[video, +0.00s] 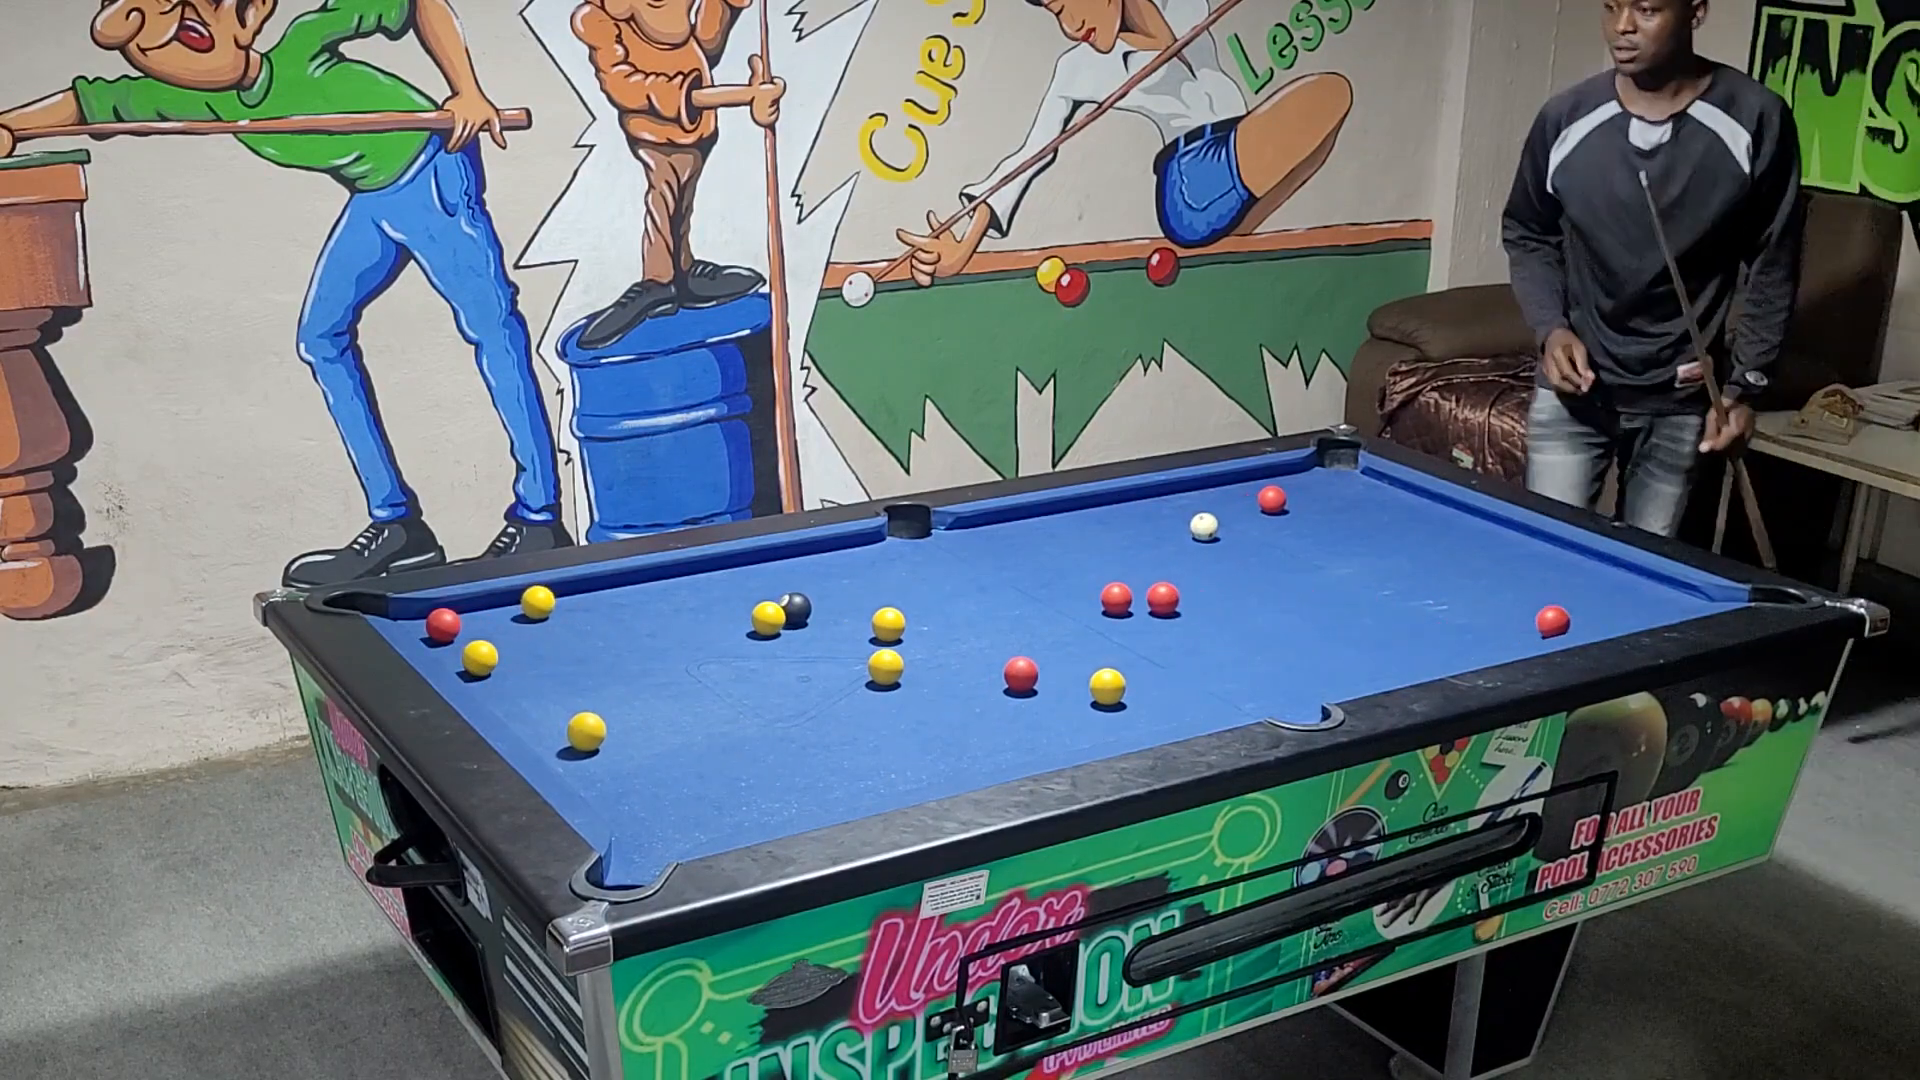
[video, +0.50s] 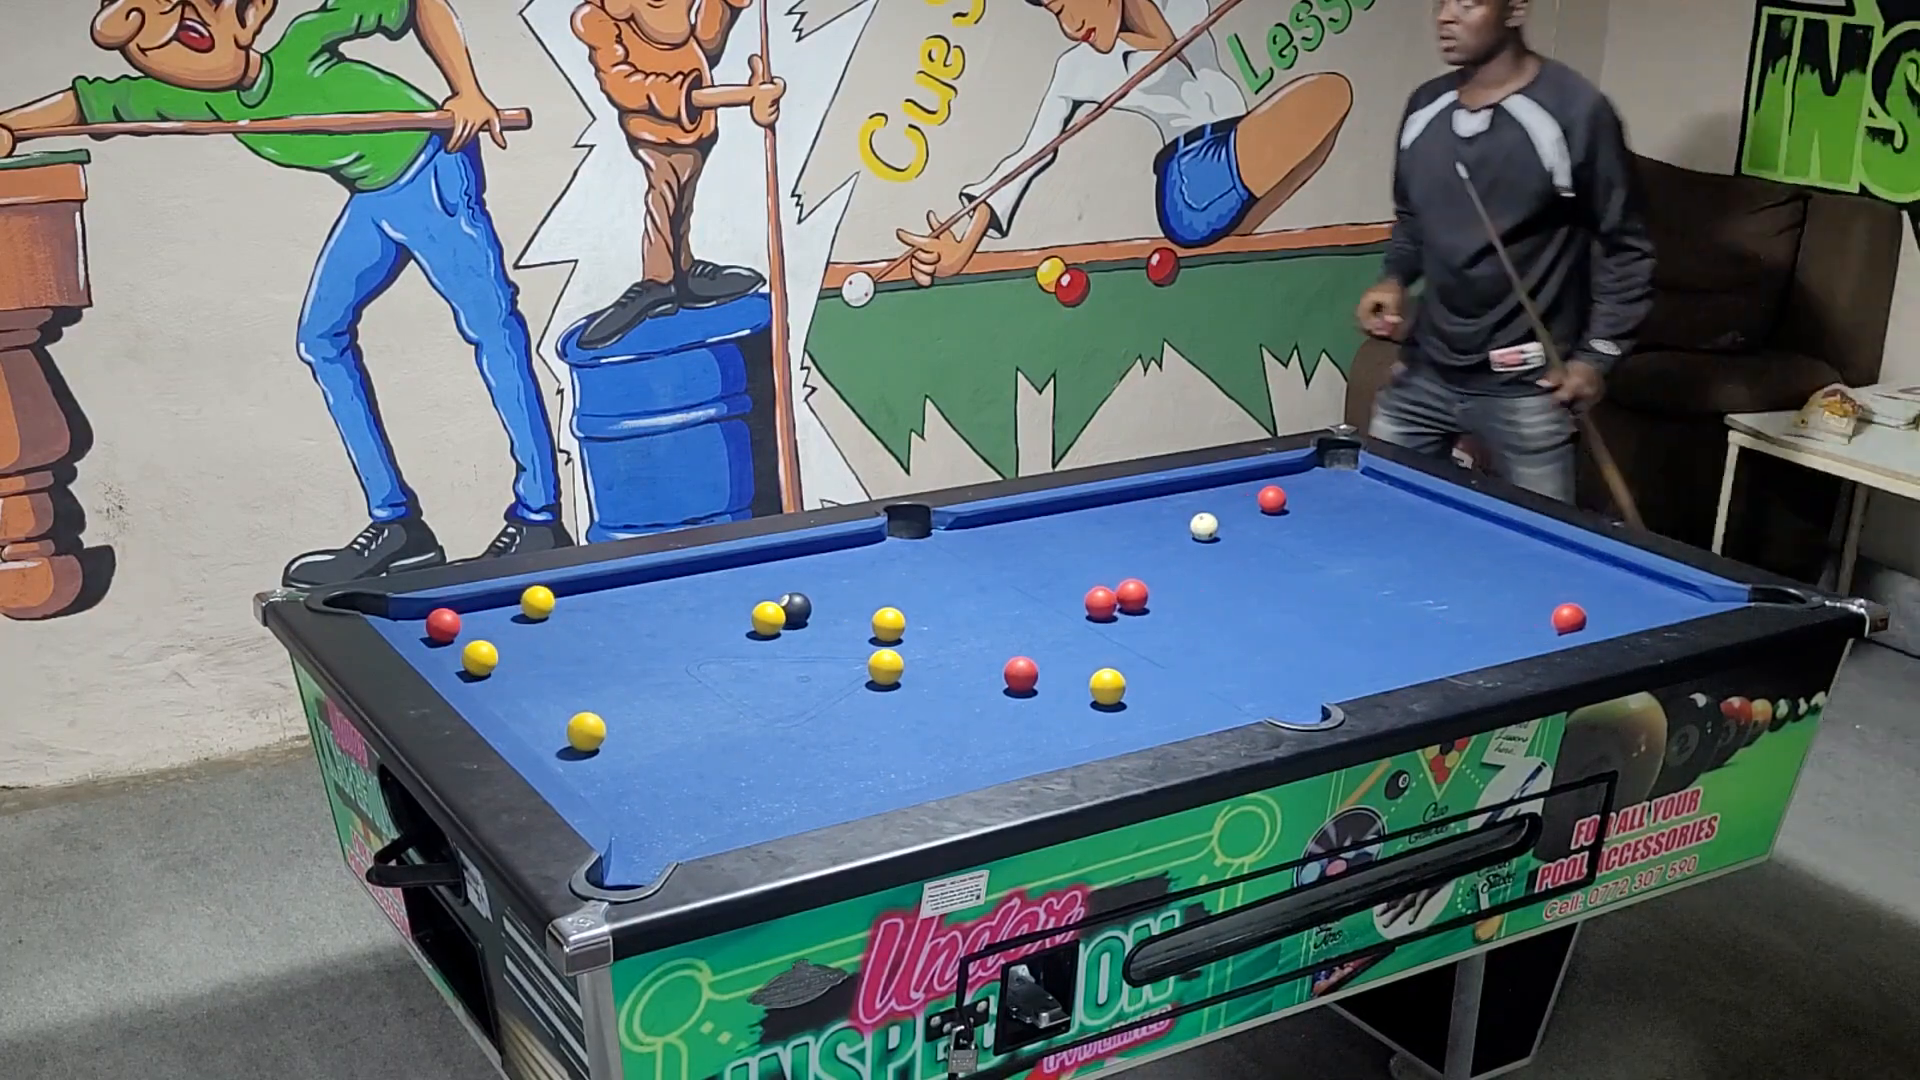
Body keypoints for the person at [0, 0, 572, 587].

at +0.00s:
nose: (204, 56)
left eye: (198, 41)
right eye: (189, 55)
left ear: (225, 21)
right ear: (184, 74)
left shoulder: (300, 36)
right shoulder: (213, 98)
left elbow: (418, 3)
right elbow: (91, 100)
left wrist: (466, 87)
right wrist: (11, 123)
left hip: (426, 165)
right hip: (369, 199)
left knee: (491, 327)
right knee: (322, 337)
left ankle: (541, 518)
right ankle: (397, 522)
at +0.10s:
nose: (205, 56)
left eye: (198, 41)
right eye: (188, 57)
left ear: (225, 21)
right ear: (183, 74)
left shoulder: (300, 36)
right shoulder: (213, 98)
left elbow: (418, 3)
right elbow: (91, 100)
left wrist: (466, 87)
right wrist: (11, 123)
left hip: (426, 165)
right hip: (369, 199)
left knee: (491, 327)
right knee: (322, 337)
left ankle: (541, 518)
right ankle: (397, 522)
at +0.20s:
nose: (205, 56)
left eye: (198, 41)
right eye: (188, 57)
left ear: (225, 21)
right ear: (183, 74)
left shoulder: (300, 36)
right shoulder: (213, 98)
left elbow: (418, 3)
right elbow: (91, 100)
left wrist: (466, 87)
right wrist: (11, 123)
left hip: (426, 165)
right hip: (369, 199)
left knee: (491, 327)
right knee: (322, 337)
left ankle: (541, 518)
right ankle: (397, 522)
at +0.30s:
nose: (204, 56)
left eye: (198, 41)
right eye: (188, 57)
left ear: (225, 21)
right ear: (183, 74)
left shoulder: (300, 37)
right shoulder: (213, 98)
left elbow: (418, 3)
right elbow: (91, 100)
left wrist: (466, 87)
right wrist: (11, 123)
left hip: (426, 165)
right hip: (369, 199)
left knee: (491, 327)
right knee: (322, 337)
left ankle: (541, 518)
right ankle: (397, 522)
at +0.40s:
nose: (204, 56)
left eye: (198, 41)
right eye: (188, 57)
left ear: (225, 21)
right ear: (183, 74)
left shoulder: (300, 37)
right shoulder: (213, 98)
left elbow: (418, 3)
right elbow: (91, 100)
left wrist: (466, 87)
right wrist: (11, 123)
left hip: (426, 165)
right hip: (369, 199)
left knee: (491, 327)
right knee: (322, 337)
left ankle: (541, 518)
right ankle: (397, 522)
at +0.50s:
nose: (201, 56)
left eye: (194, 41)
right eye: (186, 56)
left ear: (218, 21)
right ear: (183, 72)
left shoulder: (299, 37)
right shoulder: (218, 98)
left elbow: (417, 3)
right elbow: (94, 100)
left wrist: (467, 87)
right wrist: (10, 123)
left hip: (426, 163)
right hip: (369, 197)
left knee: (492, 329)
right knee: (321, 337)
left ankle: (541, 518)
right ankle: (397, 522)